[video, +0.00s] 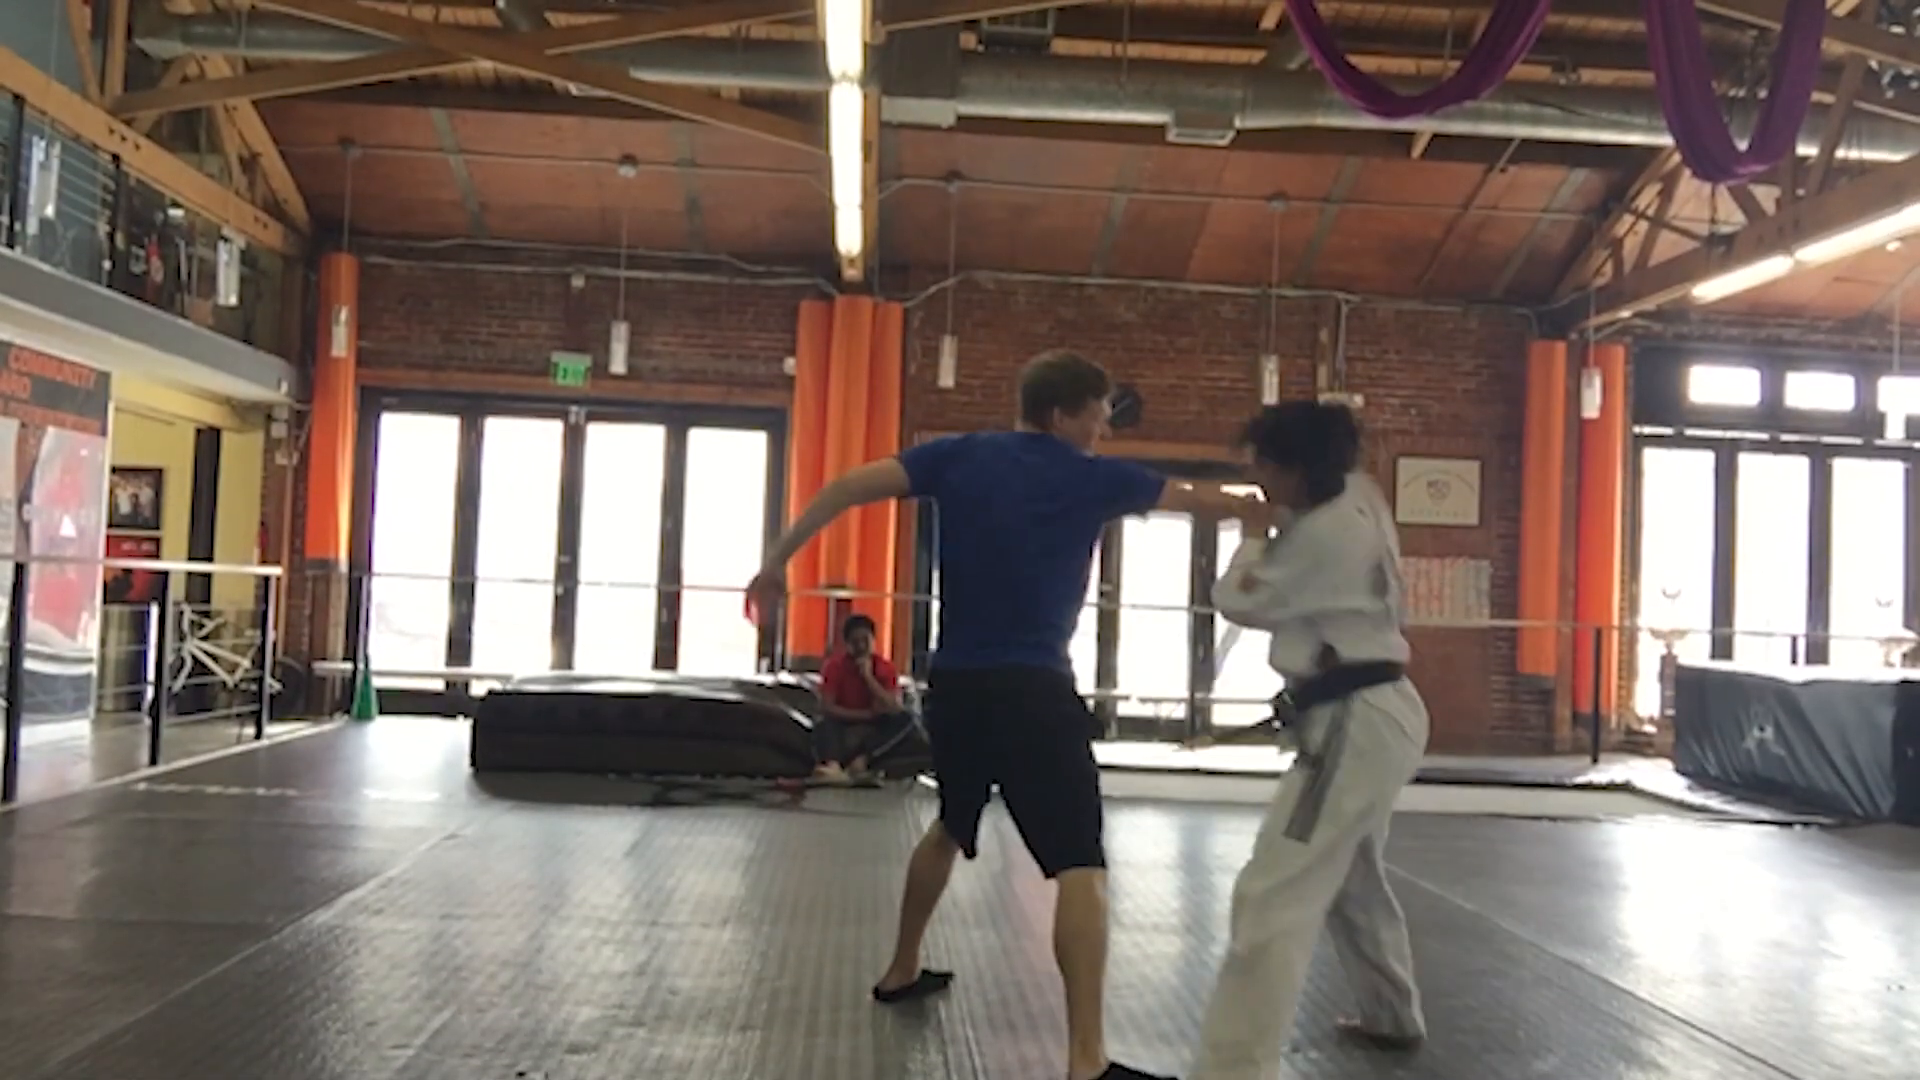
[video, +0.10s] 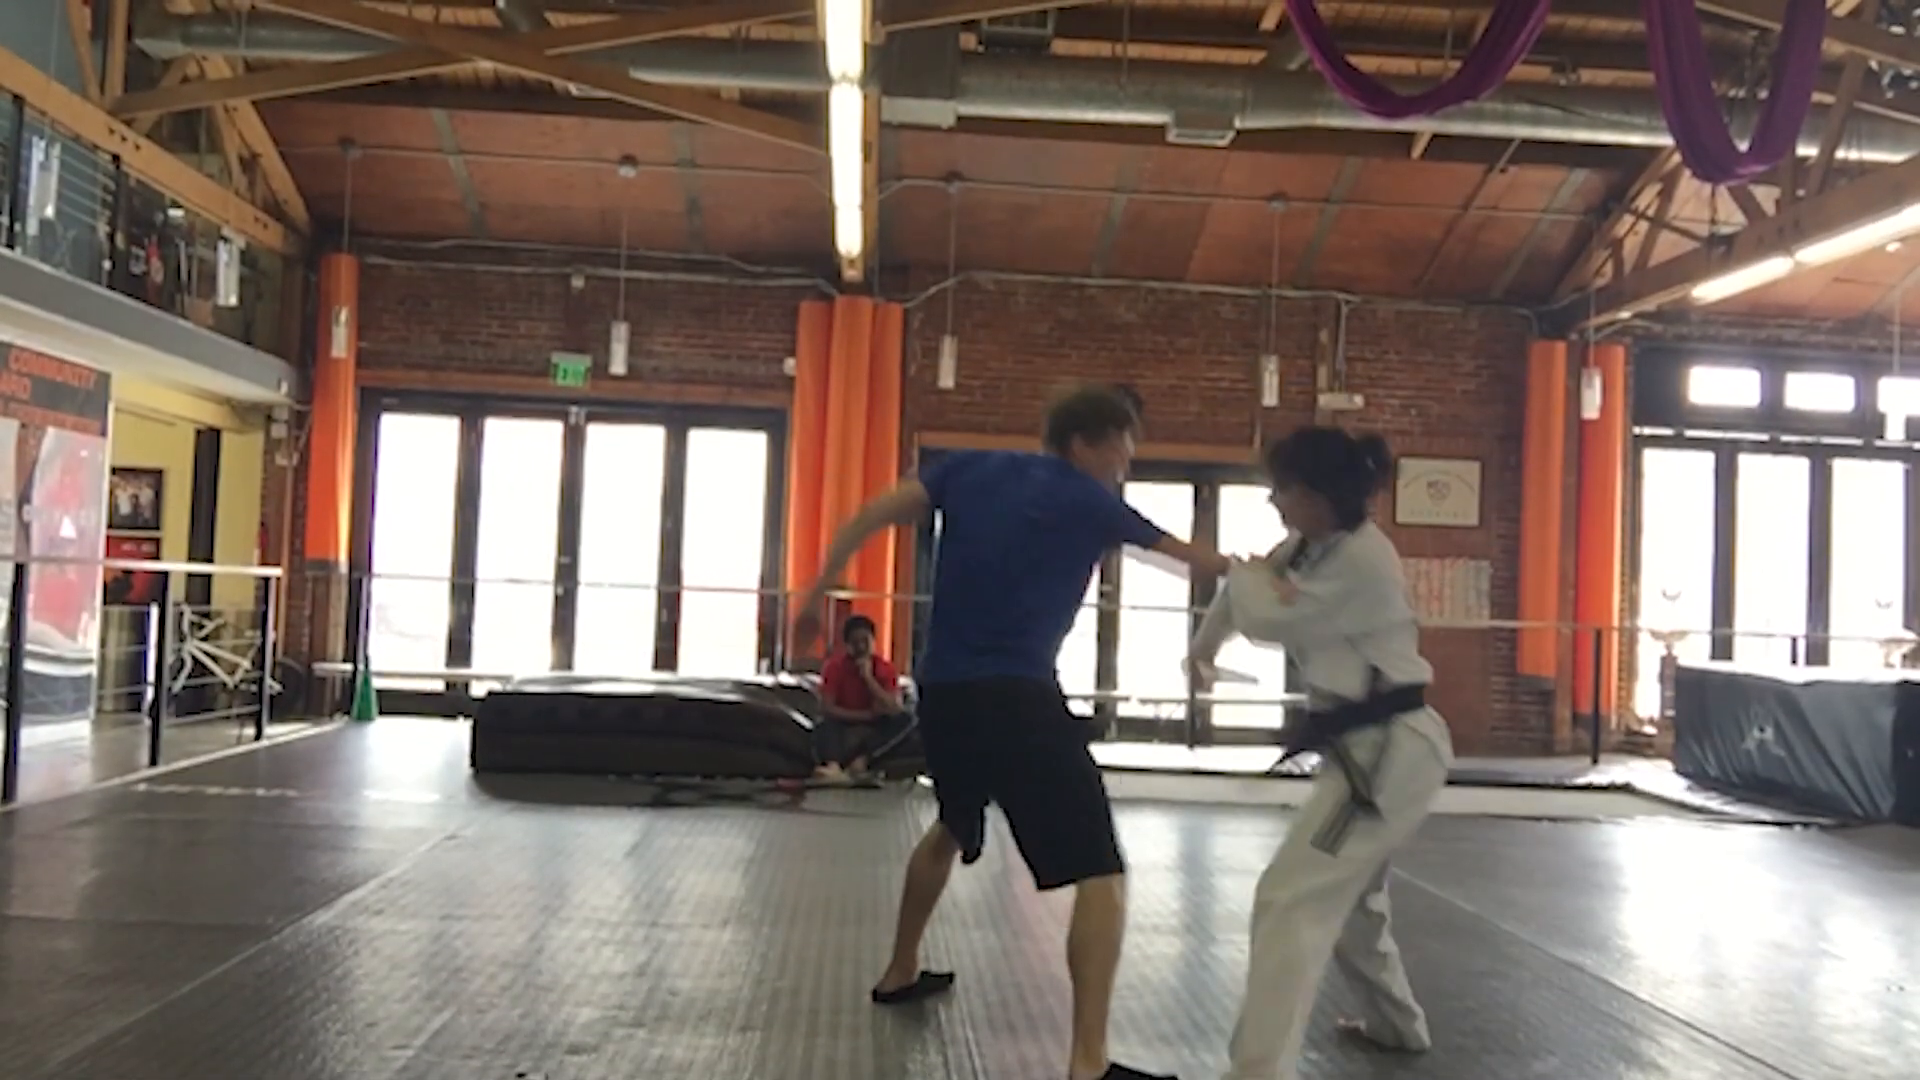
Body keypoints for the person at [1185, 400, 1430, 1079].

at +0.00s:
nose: (1258, 479)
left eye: (1265, 468)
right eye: (1258, 467)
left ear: (1298, 470)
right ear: (1321, 464)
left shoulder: (1326, 532)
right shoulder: (1357, 498)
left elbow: (1236, 597)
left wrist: (1256, 533)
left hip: (1359, 721)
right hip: (1377, 709)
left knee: (1270, 897)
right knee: (1351, 874)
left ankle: (1232, 1068)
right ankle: (1393, 1018)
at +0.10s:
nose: (1277, 504)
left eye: (1286, 492)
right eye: (1276, 492)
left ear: (1324, 496)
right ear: (1316, 498)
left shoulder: (1363, 557)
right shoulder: (1309, 546)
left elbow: (1275, 622)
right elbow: (1240, 594)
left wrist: (1242, 574)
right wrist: (1201, 652)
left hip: (1395, 747)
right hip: (1359, 744)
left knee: (1288, 899)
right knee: (1351, 898)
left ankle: (1257, 1069)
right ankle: (1396, 1024)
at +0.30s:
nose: (1299, 503)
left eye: (1315, 493)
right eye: (1302, 492)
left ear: (1354, 508)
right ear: (1324, 510)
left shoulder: (1393, 585)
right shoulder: (1304, 591)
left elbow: (1363, 680)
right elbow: (1280, 687)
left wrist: (1279, 653)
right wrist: (1247, 656)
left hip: (1386, 772)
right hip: (1329, 769)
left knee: (1262, 904)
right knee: (1306, 912)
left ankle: (1268, 1070)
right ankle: (1388, 1024)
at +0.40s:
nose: (1334, 489)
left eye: (1346, 478)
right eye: (1339, 476)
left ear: (1373, 494)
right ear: (1388, 497)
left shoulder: (1391, 575)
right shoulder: (1358, 561)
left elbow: (1317, 651)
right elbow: (1312, 638)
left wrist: (1267, 609)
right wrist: (1257, 618)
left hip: (1356, 757)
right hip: (1345, 750)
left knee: (1226, 914)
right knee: (1326, 904)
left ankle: (1255, 1071)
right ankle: (1390, 1026)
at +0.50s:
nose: (1359, 474)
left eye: (1366, 464)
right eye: (1369, 464)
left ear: (1374, 476)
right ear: (1429, 489)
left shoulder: (1324, 537)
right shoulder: (1420, 562)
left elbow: (1253, 612)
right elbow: (1371, 626)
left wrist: (1231, 570)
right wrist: (1270, 573)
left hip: (1289, 721)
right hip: (1374, 727)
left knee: (1236, 895)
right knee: (1366, 867)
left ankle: (1213, 1062)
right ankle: (1404, 1030)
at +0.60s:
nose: (1340, 460)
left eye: (1344, 451)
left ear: (1344, 464)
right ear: (1402, 485)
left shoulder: (1289, 533)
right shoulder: (1400, 555)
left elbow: (1220, 614)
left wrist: (1211, 576)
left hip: (1269, 722)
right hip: (1361, 729)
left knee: (1231, 898)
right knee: (1365, 878)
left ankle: (1172, 1058)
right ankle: (1414, 1046)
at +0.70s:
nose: (1304, 470)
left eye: (1310, 461)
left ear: (1310, 470)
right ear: (1372, 484)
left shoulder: (1269, 535)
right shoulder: (1378, 558)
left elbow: (1202, 623)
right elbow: (1373, 634)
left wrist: (1210, 576)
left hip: (1264, 728)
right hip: (1352, 731)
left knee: (1232, 904)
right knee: (1361, 885)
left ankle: (1189, 1067)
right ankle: (1404, 1051)